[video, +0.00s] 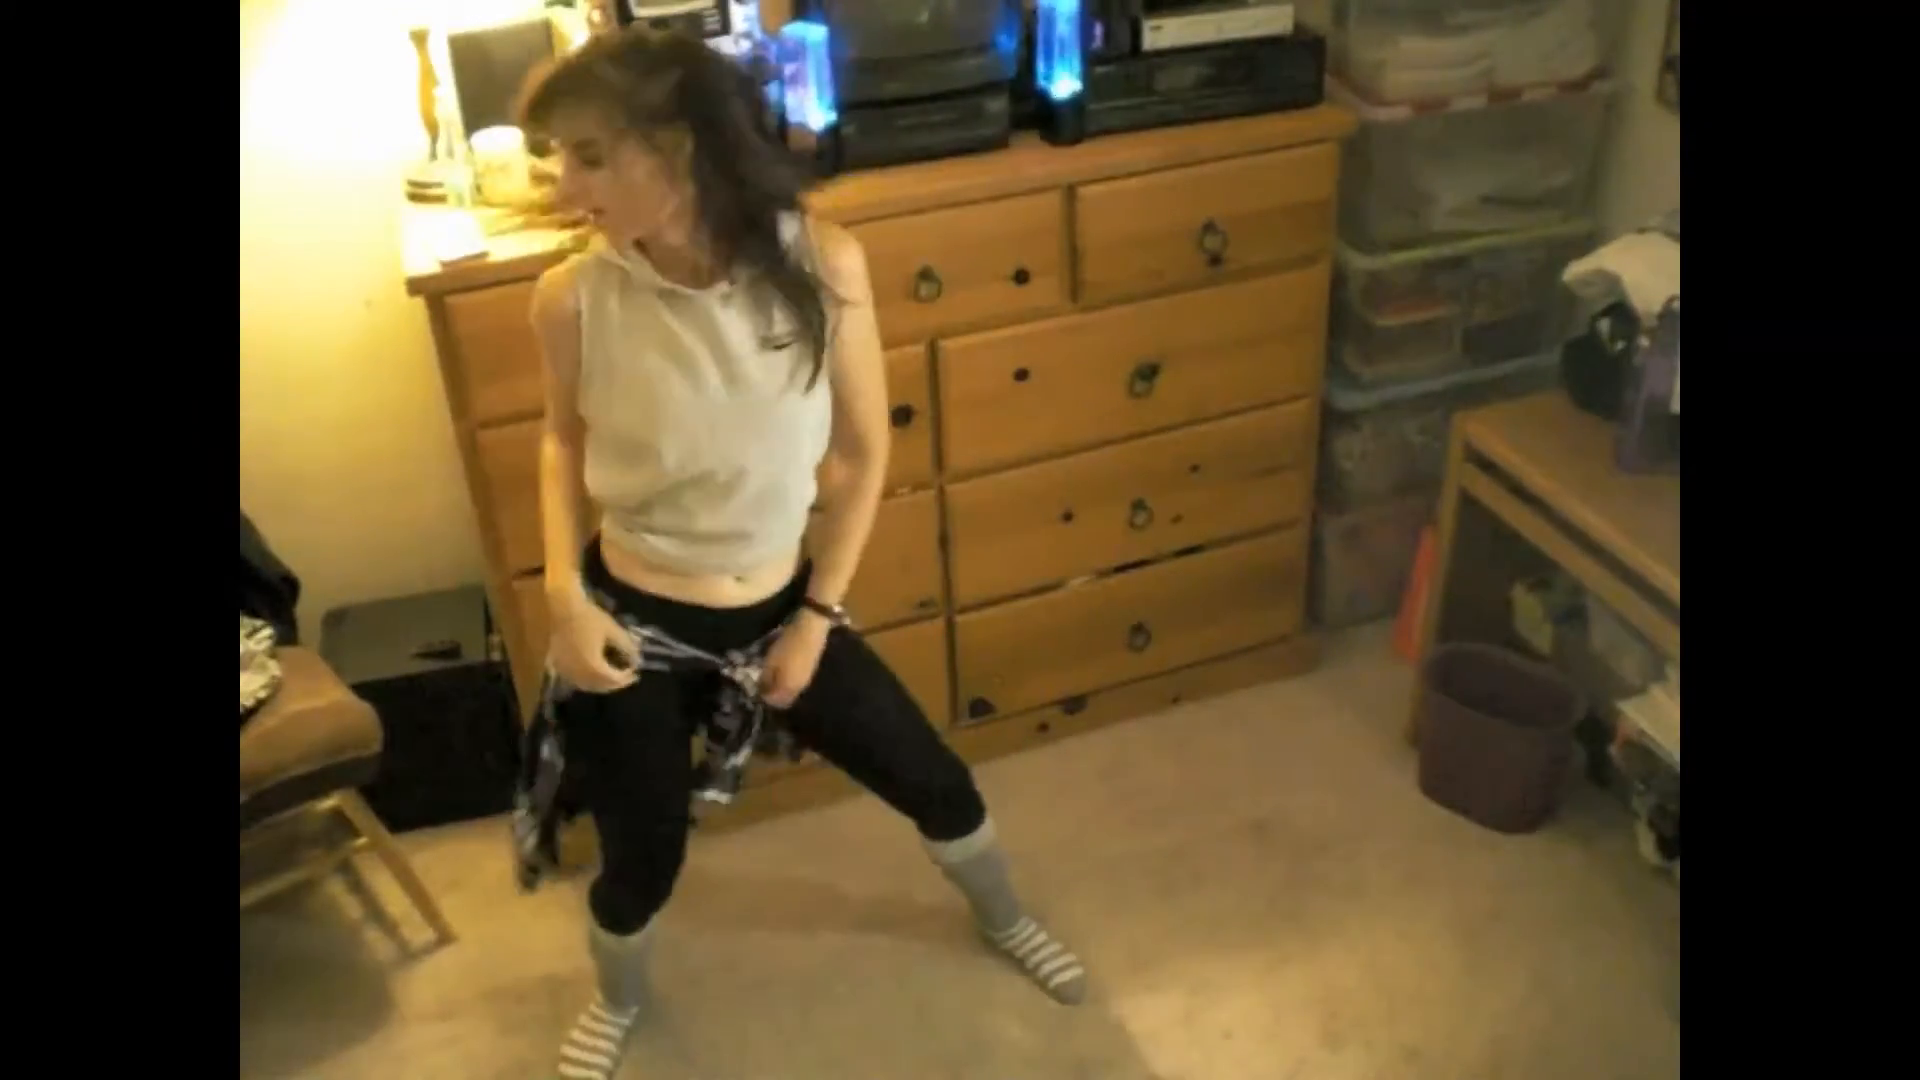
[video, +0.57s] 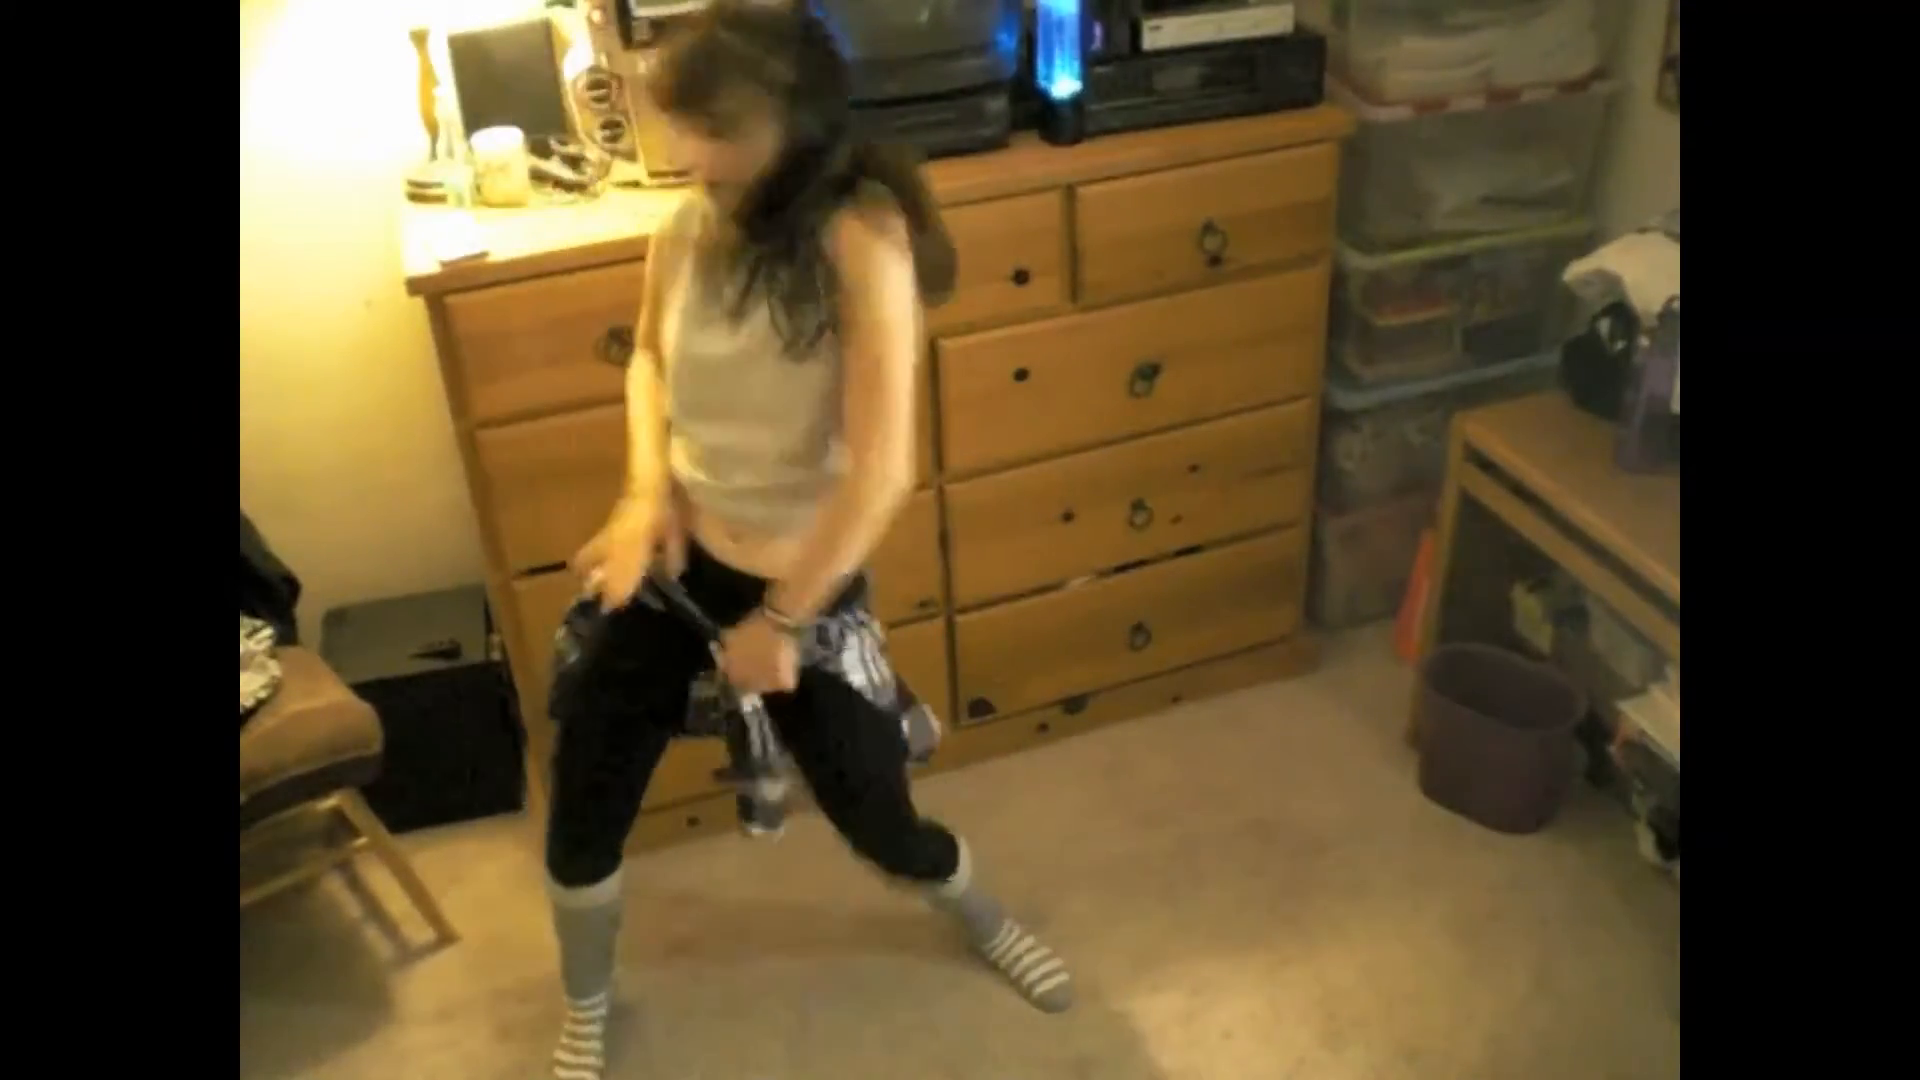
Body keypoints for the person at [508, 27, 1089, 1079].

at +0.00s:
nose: (562, 188)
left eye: (588, 158)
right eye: (556, 161)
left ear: (680, 158)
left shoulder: (819, 264)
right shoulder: (574, 302)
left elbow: (862, 451)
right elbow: (563, 442)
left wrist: (815, 615)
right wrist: (563, 588)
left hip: (786, 616)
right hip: (635, 626)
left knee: (944, 793)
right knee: (636, 869)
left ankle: (1009, 922)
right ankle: (617, 1007)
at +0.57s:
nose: (691, 157)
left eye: (714, 132)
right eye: (684, 131)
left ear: (787, 123)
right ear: (680, 123)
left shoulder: (861, 241)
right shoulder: (688, 224)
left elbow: (880, 469)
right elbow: (648, 359)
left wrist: (780, 618)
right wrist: (646, 490)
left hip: (806, 583)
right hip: (673, 551)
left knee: (883, 830)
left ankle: (985, 922)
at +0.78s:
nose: (829, 227)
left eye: (851, 199)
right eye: (800, 200)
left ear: (877, 215)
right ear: (748, 215)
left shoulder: (912, 342)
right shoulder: (690, 316)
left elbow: (1000, 491)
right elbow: (680, 467)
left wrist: (921, 630)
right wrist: (712, 618)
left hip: (891, 643)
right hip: (754, 644)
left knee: (965, 902)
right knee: (573, 865)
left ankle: (1000, 932)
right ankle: (588, 1021)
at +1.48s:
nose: (932, 257)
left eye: (936, 224)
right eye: (895, 242)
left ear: (960, 217)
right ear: (847, 260)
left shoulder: (945, 319)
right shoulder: (839, 384)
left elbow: (906, 454)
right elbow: (698, 555)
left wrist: (968, 557)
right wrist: (776, 678)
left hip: (861, 616)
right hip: (729, 645)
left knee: (1018, 794)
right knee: (685, 922)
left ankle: (1008, 924)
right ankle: (598, 994)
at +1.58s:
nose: (978, 423)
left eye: (1001, 401)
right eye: (958, 390)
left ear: (1022, 417)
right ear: (904, 379)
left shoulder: (934, 464)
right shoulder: (806, 499)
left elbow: (910, 539)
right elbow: (646, 576)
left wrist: (1010, 620)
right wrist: (739, 717)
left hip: (849, 643)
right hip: (725, 679)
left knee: (1028, 790)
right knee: (681, 948)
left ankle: (1009, 921)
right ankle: (608, 1005)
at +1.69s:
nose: (892, 588)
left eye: (917, 581)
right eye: (897, 567)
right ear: (877, 512)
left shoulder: (908, 520)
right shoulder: (751, 536)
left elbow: (945, 600)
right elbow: (608, 566)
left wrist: (1023, 686)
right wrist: (657, 736)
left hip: (838, 644)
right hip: (711, 685)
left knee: (1016, 797)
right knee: (679, 951)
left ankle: (1011, 924)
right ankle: (605, 1002)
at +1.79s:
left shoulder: (891, 482)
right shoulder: (680, 549)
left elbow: (939, 600)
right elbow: (591, 563)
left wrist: (1002, 701)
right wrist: (595, 731)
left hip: (846, 642)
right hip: (699, 668)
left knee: (1009, 817)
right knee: (668, 928)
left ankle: (1010, 923)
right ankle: (604, 1001)